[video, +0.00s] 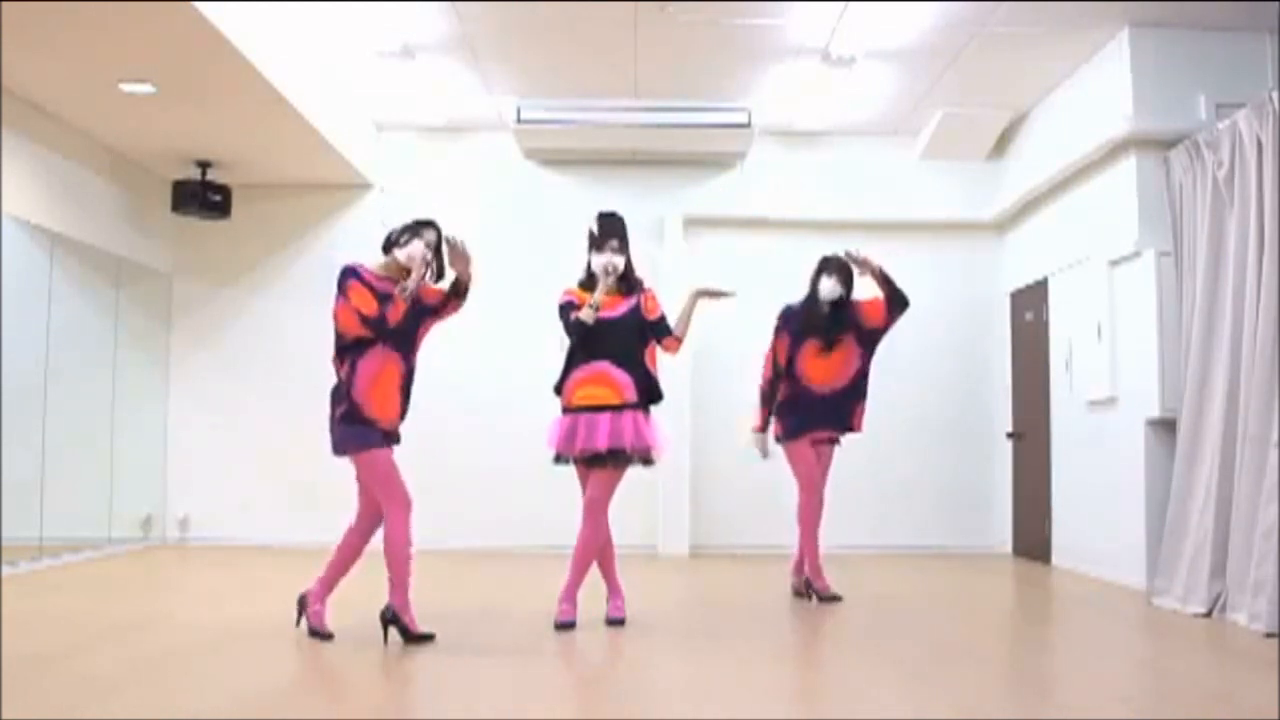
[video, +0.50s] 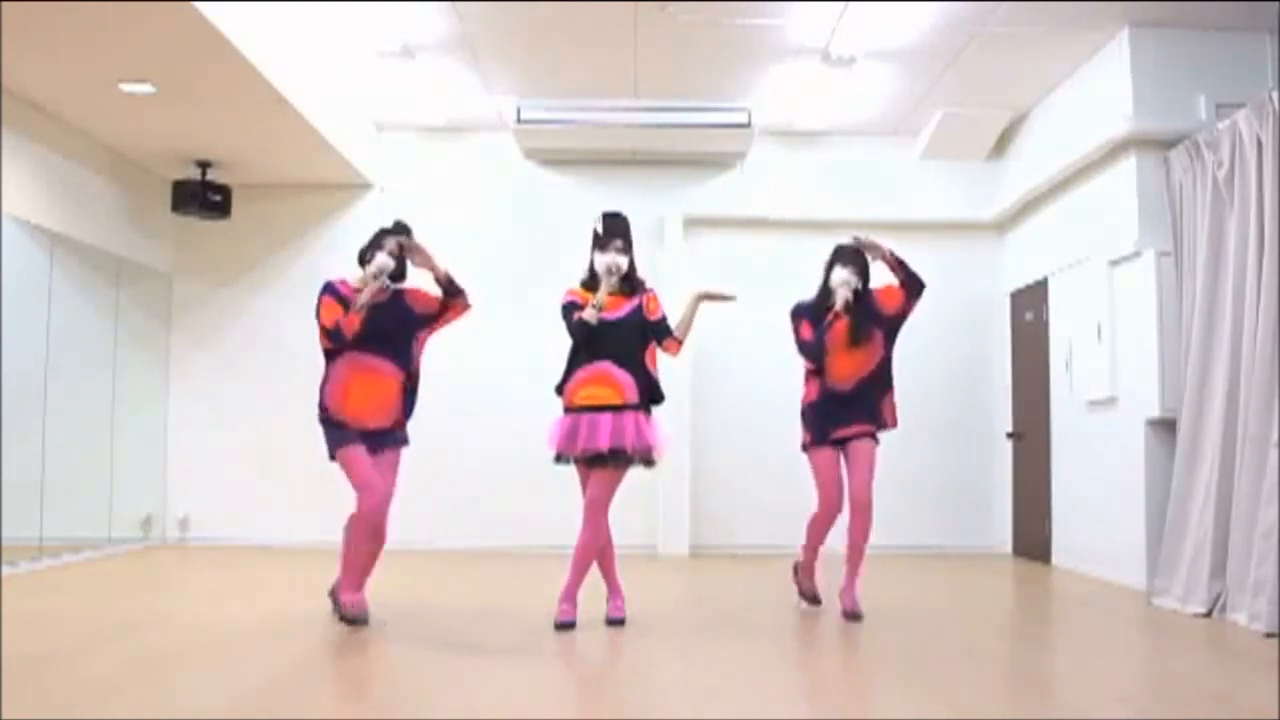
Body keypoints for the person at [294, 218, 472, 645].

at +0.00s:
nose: (425, 255)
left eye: (431, 253)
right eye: (422, 244)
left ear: (427, 264)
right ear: (398, 241)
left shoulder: (415, 297)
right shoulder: (355, 278)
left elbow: (449, 303)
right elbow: (375, 327)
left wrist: (462, 278)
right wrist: (409, 288)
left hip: (385, 417)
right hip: (354, 413)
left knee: (369, 515)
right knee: (397, 504)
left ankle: (316, 596)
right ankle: (400, 605)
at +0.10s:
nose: (428, 269)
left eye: (433, 266)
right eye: (424, 257)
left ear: (426, 274)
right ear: (397, 253)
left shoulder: (414, 306)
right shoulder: (357, 292)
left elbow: (450, 307)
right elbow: (381, 340)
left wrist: (459, 280)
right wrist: (414, 292)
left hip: (386, 422)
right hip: (359, 420)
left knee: (404, 519)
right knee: (411, 508)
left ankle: (340, 589)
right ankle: (401, 606)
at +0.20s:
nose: (422, 274)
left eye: (427, 270)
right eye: (418, 263)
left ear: (424, 279)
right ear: (393, 264)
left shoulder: (413, 315)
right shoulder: (357, 303)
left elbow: (448, 309)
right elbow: (386, 350)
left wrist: (454, 282)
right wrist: (410, 302)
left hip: (388, 433)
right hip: (360, 431)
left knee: (418, 522)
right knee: (421, 516)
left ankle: (353, 578)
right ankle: (401, 608)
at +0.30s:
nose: (414, 275)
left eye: (419, 271)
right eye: (409, 263)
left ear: (418, 279)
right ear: (386, 263)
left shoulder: (416, 314)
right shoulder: (351, 302)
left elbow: (454, 303)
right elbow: (367, 347)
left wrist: (449, 276)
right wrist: (395, 299)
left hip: (393, 429)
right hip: (359, 425)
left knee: (400, 525)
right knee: (405, 509)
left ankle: (356, 580)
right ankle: (398, 605)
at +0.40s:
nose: (401, 268)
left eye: (408, 263)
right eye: (395, 258)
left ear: (411, 272)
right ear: (375, 258)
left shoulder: (416, 310)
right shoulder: (344, 299)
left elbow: (462, 305)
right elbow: (344, 344)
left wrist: (443, 272)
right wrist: (376, 299)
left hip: (392, 429)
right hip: (349, 424)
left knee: (376, 514)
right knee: (390, 497)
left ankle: (356, 589)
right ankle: (382, 597)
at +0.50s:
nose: (389, 263)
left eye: (398, 257)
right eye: (383, 253)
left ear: (403, 267)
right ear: (366, 256)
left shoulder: (412, 307)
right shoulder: (339, 293)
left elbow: (459, 304)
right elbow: (334, 339)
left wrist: (430, 264)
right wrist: (364, 299)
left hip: (390, 423)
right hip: (343, 418)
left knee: (378, 511)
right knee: (373, 494)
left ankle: (355, 590)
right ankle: (347, 587)